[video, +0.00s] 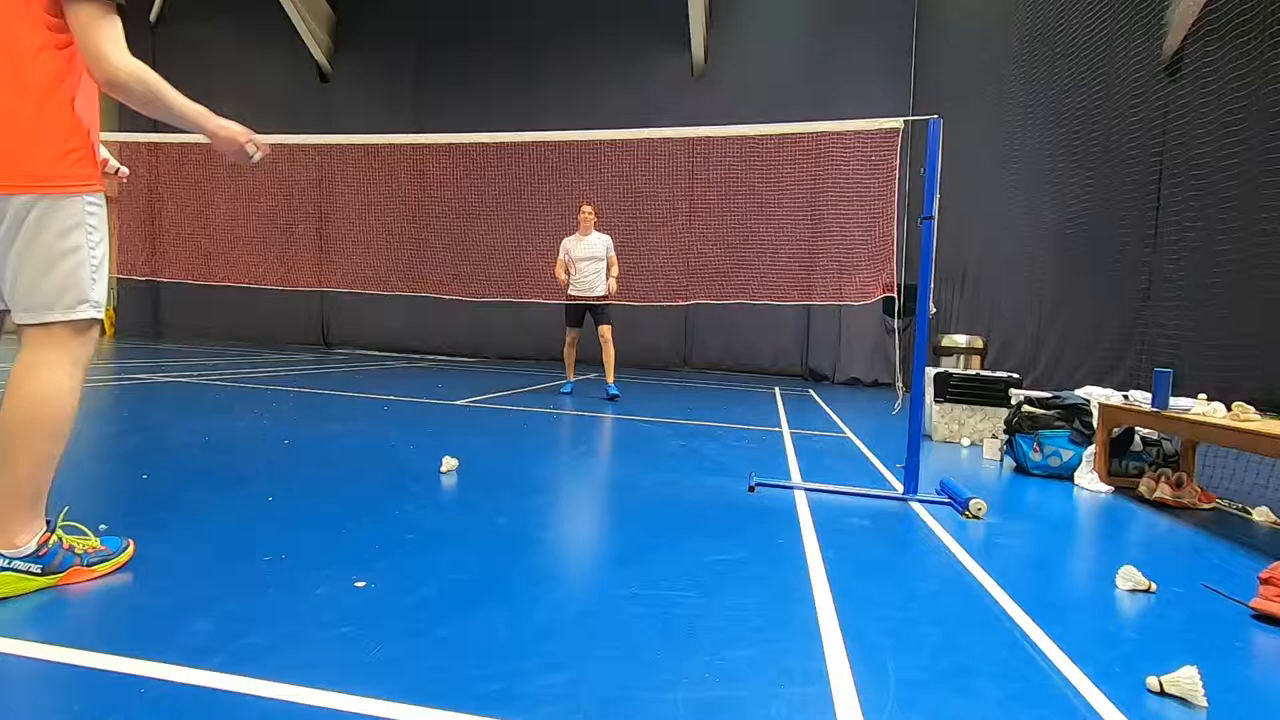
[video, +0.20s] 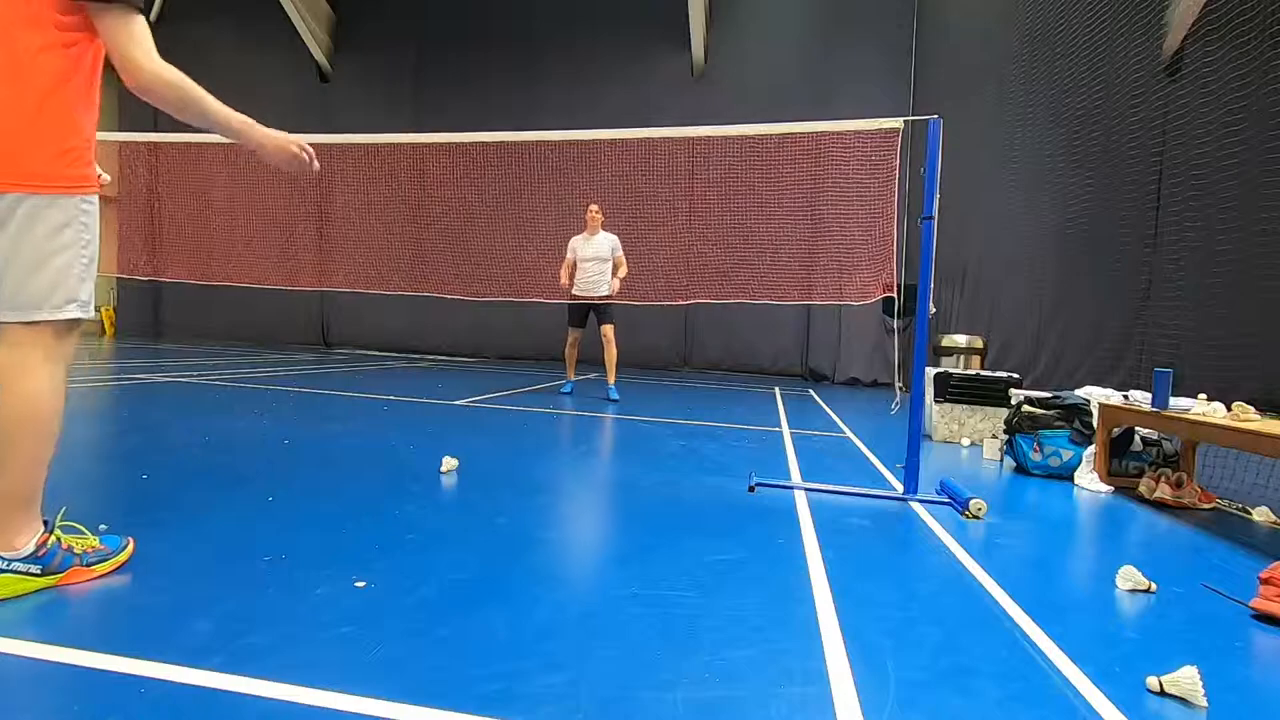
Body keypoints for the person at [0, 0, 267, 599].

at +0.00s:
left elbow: (24, 66)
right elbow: (111, 65)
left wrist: (78, 144)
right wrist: (214, 125)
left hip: (19, 157)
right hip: (43, 158)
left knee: (48, 335)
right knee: (57, 337)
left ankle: (19, 535)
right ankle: (19, 544)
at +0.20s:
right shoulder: (91, 4)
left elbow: (24, 67)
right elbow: (144, 71)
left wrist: (68, 154)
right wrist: (254, 134)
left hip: (24, 166)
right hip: (36, 167)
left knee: (30, 344)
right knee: (35, 346)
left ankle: (19, 532)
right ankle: (18, 542)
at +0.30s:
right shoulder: (107, 3)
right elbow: (149, 79)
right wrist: (259, 171)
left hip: (22, 159)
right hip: (36, 161)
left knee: (27, 341)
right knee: (34, 343)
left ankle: (18, 534)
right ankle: (18, 542)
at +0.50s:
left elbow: (116, 72)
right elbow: (116, 70)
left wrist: (136, 206)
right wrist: (142, 208)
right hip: (39, 149)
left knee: (31, 340)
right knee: (37, 341)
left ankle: (16, 537)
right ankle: (16, 545)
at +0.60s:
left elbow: (116, 78)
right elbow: (117, 76)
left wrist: (103, 214)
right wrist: (110, 216)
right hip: (47, 164)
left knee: (32, 341)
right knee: (44, 343)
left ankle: (19, 536)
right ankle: (18, 544)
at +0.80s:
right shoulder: (159, 5)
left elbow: (224, 89)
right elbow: (225, 90)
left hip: (19, 151)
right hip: (51, 158)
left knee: (29, 342)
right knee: (44, 345)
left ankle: (18, 537)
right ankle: (19, 546)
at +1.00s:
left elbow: (267, 50)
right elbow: (267, 51)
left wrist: (346, 73)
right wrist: (347, 70)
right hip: (54, 142)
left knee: (44, 336)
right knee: (51, 339)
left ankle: (20, 530)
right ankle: (19, 543)